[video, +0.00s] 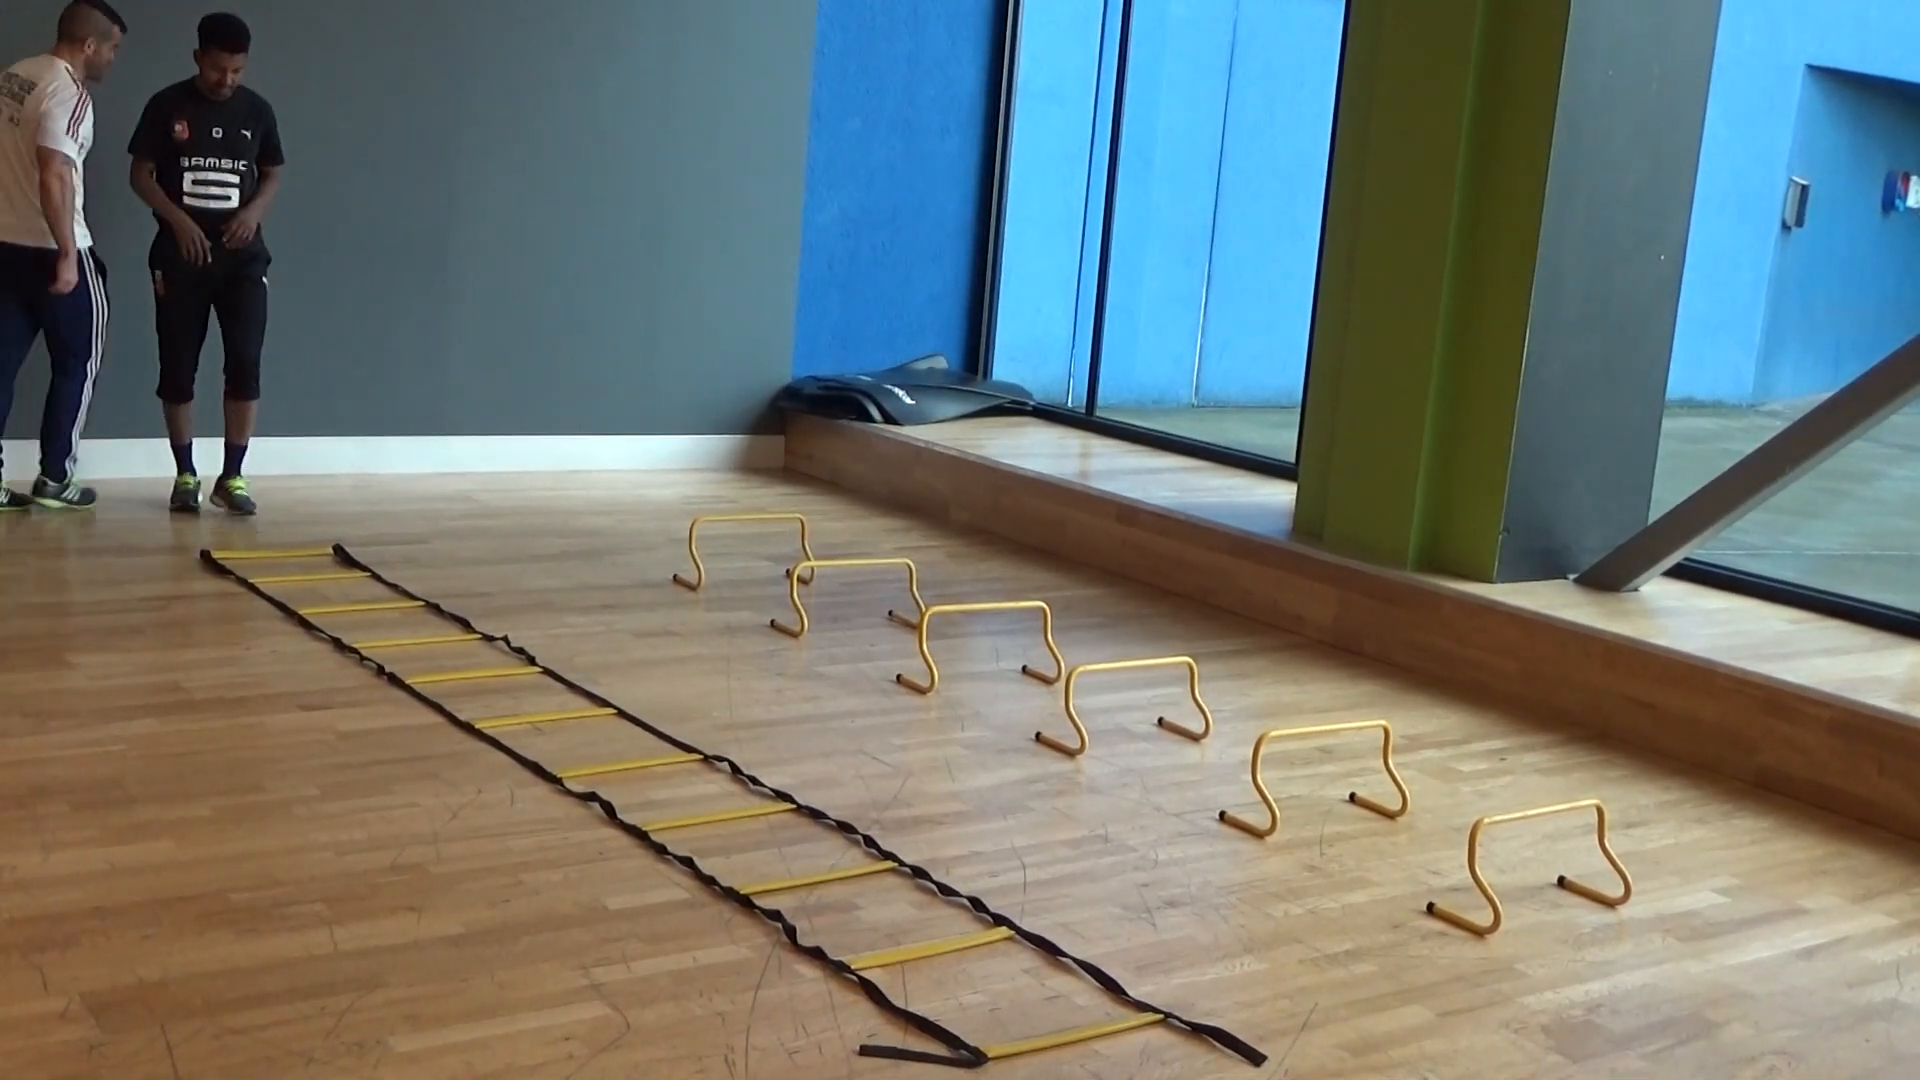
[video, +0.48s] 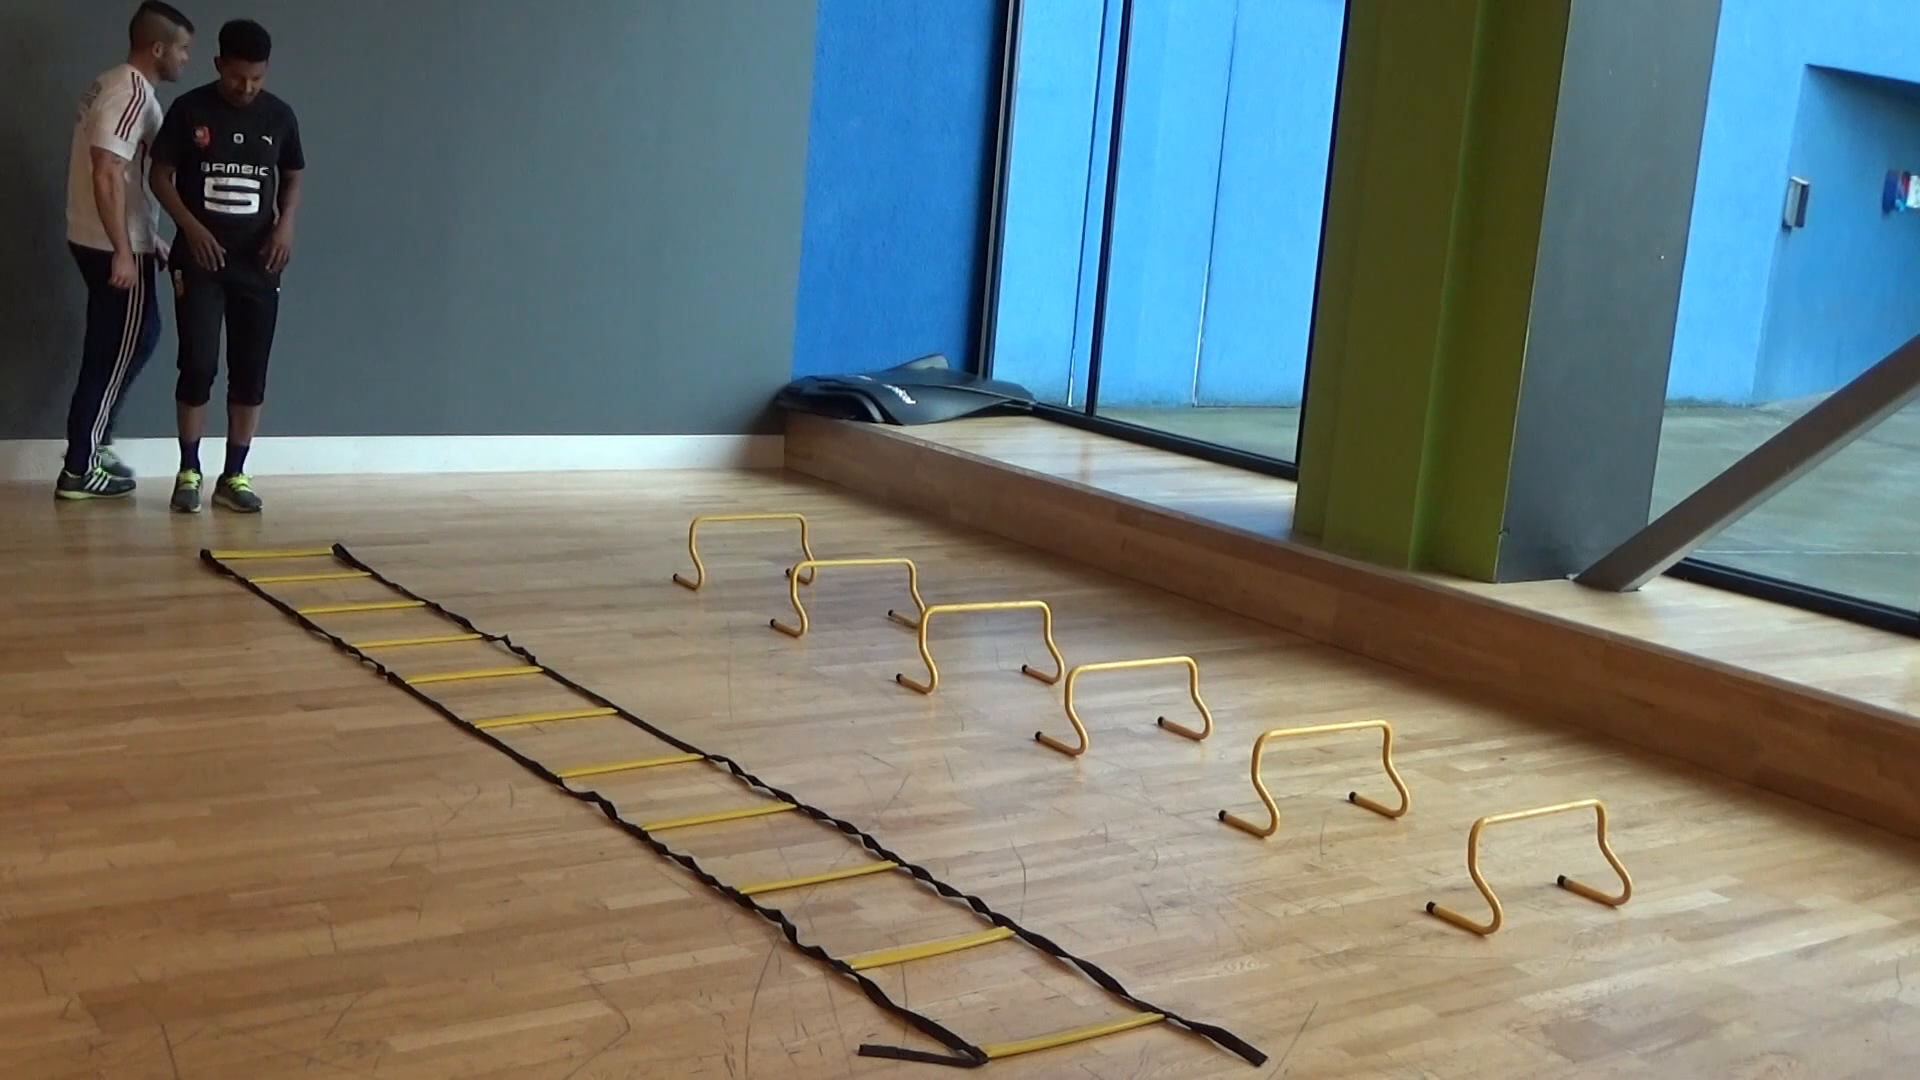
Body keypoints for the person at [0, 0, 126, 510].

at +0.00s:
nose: (113, 60)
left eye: (115, 50)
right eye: (112, 49)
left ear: (70, 41)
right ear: (89, 45)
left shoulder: (15, 74)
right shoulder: (67, 92)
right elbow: (53, 173)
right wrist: (68, 252)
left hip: (10, 249)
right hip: (58, 252)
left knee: (4, 366)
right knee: (78, 363)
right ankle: (55, 479)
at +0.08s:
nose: (120, 60)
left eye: (121, 50)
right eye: (119, 49)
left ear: (75, 42)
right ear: (98, 46)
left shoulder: (21, 79)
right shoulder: (77, 96)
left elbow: (14, 164)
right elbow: (65, 176)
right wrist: (82, 254)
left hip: (13, 252)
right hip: (66, 256)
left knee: (6, 371)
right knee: (80, 371)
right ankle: (76, 473)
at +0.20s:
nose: (135, 60)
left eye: (137, 49)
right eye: (134, 49)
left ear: (91, 42)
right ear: (116, 46)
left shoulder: (43, 83)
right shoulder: (94, 101)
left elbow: (48, 178)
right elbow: (80, 181)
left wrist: (106, 235)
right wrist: (101, 259)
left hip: (28, 253)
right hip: (81, 259)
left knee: (16, 368)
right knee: (94, 369)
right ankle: (80, 471)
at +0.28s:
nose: (149, 60)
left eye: (150, 50)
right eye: (148, 50)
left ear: (102, 44)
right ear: (129, 49)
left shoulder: (58, 84)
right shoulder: (105, 100)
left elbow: (59, 176)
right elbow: (91, 182)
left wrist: (116, 234)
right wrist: (111, 258)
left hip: (46, 251)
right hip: (93, 255)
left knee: (47, 353)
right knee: (107, 364)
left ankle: (1, 453)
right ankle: (81, 471)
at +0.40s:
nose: (170, 57)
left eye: (171, 49)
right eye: (167, 48)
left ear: (127, 44)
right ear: (145, 47)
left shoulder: (91, 82)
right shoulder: (121, 92)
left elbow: (97, 177)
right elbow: (102, 178)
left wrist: (137, 239)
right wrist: (121, 254)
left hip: (79, 242)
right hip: (106, 246)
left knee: (97, 343)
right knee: (114, 354)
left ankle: (45, 432)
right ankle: (81, 470)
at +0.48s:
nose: (188, 58)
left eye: (188, 49)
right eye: (182, 48)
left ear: (152, 48)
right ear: (157, 47)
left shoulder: (126, 87)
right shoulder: (130, 91)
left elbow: (127, 178)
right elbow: (105, 172)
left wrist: (147, 238)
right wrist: (121, 249)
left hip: (113, 243)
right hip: (111, 245)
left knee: (135, 341)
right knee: (117, 351)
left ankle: (88, 450)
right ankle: (79, 470)